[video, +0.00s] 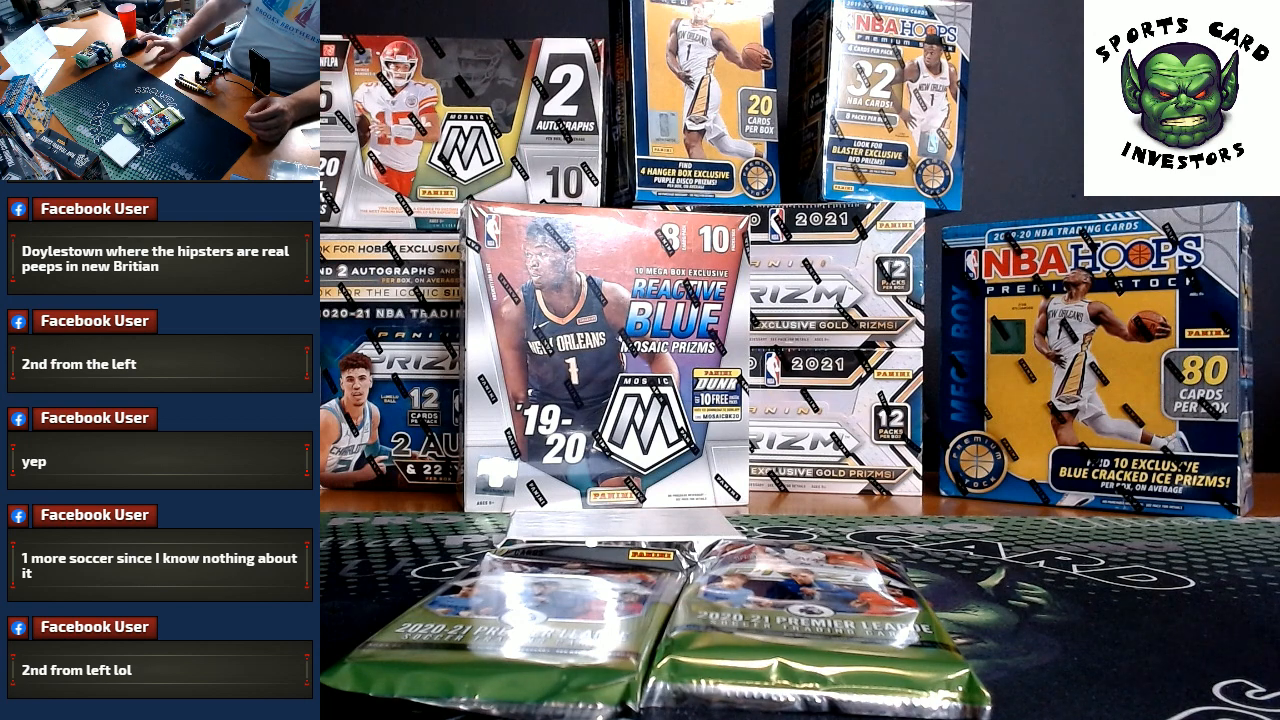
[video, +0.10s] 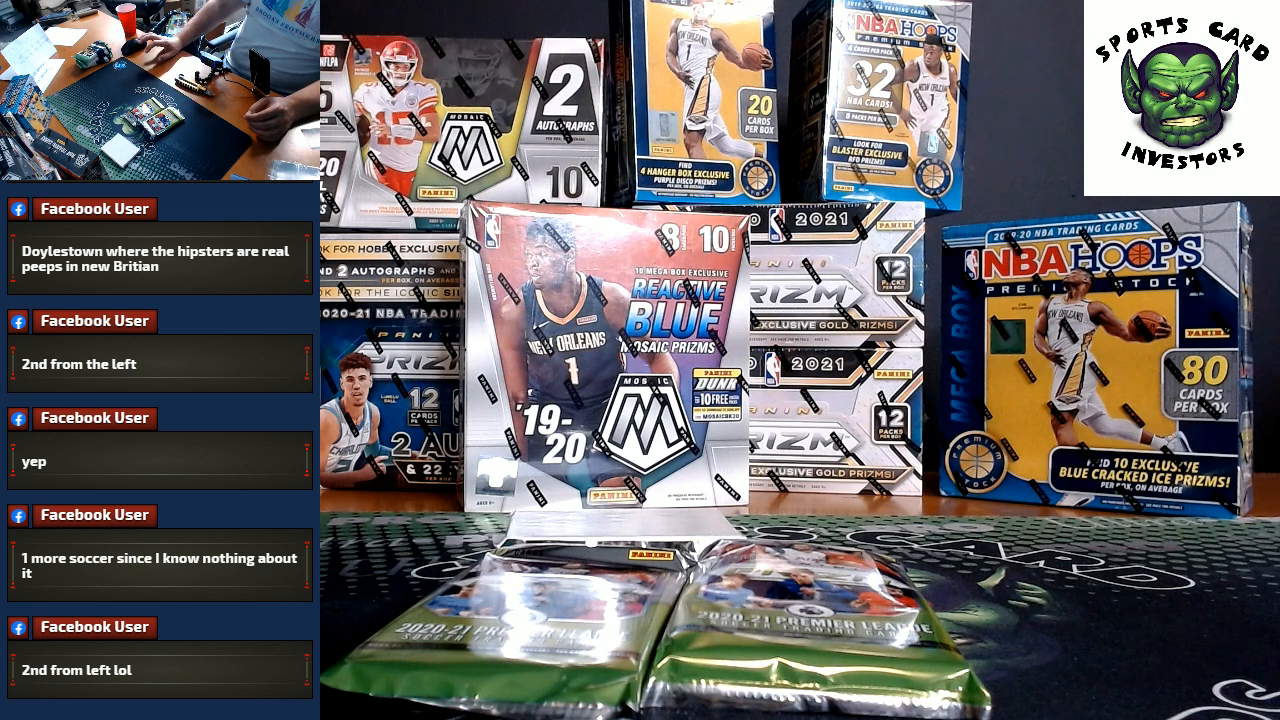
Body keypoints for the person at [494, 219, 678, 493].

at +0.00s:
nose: (532, 263)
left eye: (542, 254)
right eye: (529, 255)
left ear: (570, 256)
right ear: (524, 258)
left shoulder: (611, 299)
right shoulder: (514, 312)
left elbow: (657, 357)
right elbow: (518, 398)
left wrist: (663, 414)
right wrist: (524, 460)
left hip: (610, 424)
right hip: (549, 428)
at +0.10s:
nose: (532, 263)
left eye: (542, 254)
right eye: (529, 255)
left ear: (570, 255)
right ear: (524, 258)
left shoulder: (611, 299)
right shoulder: (514, 312)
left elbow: (657, 357)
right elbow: (518, 398)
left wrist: (663, 414)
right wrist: (524, 460)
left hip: (610, 424)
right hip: (549, 428)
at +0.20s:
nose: (532, 263)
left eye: (542, 254)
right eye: (529, 255)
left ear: (570, 255)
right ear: (524, 259)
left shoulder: (611, 299)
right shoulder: (513, 313)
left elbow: (657, 357)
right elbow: (518, 399)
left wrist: (663, 414)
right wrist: (524, 460)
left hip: (610, 423)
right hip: (549, 427)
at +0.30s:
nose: (532, 263)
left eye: (542, 254)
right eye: (529, 255)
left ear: (570, 255)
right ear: (524, 259)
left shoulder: (611, 299)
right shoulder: (513, 313)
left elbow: (657, 357)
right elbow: (518, 399)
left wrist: (663, 414)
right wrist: (524, 460)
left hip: (610, 422)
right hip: (549, 426)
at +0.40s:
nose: (532, 263)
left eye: (542, 254)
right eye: (529, 255)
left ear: (570, 255)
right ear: (524, 258)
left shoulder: (611, 299)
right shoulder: (513, 313)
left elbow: (658, 357)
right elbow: (518, 399)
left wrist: (663, 414)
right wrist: (524, 460)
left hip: (610, 422)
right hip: (549, 427)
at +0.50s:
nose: (532, 263)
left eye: (542, 254)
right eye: (529, 255)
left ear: (570, 255)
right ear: (524, 258)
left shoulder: (611, 299)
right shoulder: (513, 312)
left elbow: (658, 357)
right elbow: (518, 399)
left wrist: (663, 414)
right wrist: (524, 460)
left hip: (610, 423)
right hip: (549, 427)